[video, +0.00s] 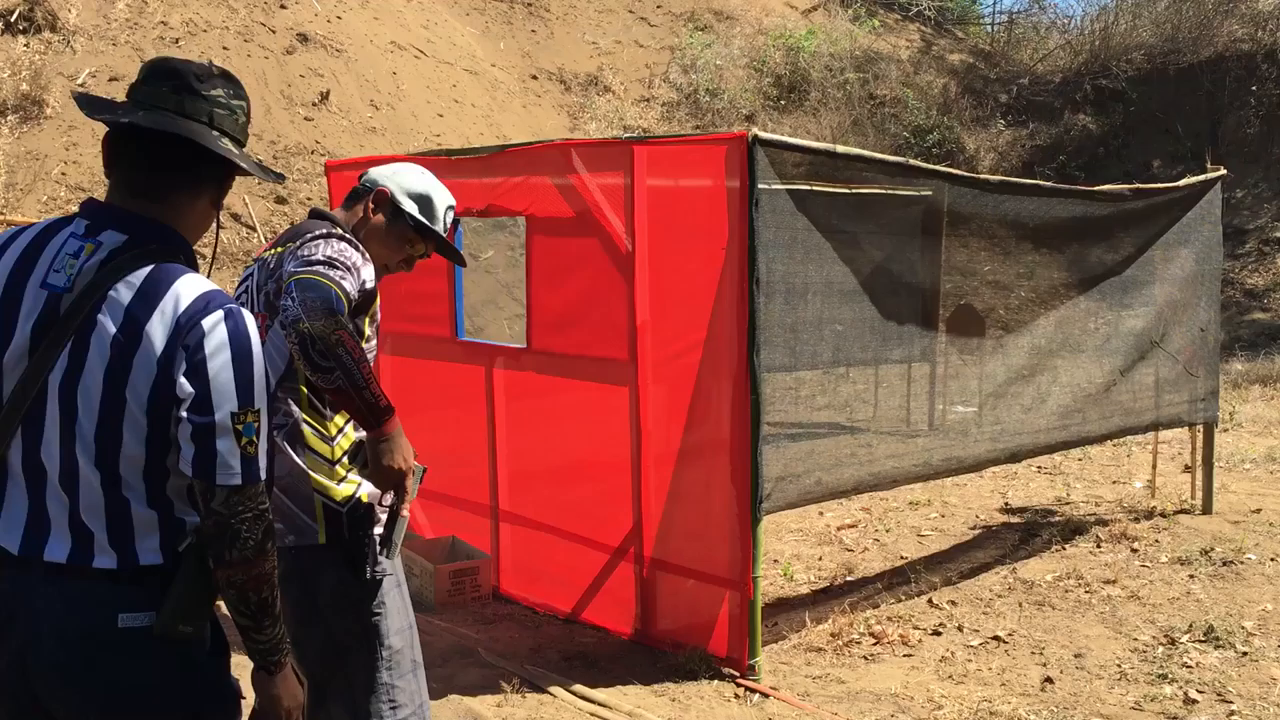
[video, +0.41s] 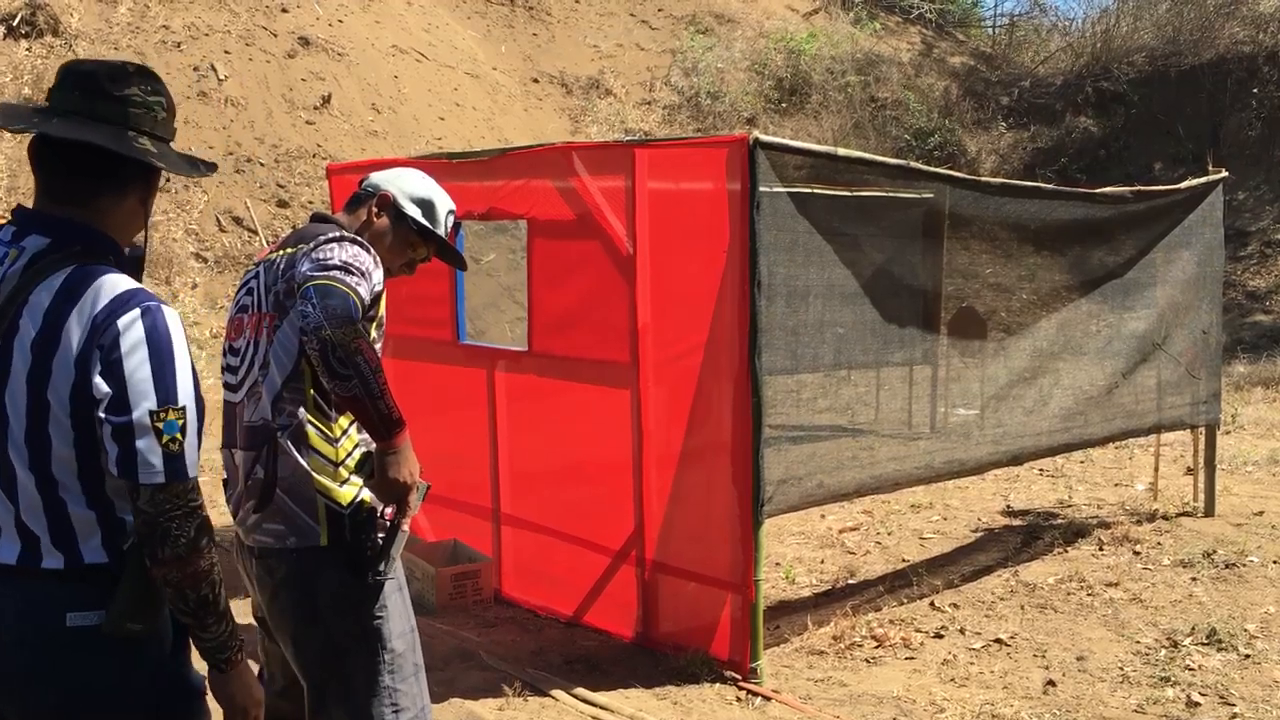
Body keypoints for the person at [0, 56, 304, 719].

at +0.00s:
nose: (223, 208)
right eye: (231, 187)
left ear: (108, 154)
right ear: (219, 189)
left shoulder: (14, 254)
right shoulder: (208, 324)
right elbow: (235, 526)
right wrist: (273, 661)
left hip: (11, 601)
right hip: (141, 630)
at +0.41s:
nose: (156, 197)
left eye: (158, 178)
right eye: (158, 179)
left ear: (35, 161)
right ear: (145, 184)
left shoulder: (5, 263)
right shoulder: (130, 319)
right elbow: (171, 528)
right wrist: (228, 655)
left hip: (5, 607)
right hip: (102, 627)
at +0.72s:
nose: (100, 198)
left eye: (103, 181)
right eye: (101, 181)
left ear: (4, 180)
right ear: (81, 186)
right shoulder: (63, 316)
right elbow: (94, 525)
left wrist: (57, 287)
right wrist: (149, 659)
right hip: (48, 643)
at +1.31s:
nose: (73, 206)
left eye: (75, 185)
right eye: (67, 182)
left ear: (22, 178)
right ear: (24, 176)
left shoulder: (17, 286)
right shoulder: (27, 295)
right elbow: (55, 496)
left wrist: (34, 276)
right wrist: (126, 640)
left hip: (17, 635)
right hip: (37, 644)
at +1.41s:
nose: (87, 206)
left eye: (89, 187)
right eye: (83, 184)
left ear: (34, 178)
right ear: (40, 176)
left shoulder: (19, 287)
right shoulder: (37, 296)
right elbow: (70, 500)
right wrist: (139, 641)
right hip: (39, 642)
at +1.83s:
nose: (167, 212)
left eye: (173, 195)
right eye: (168, 191)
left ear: (50, 162)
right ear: (126, 182)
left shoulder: (7, 255)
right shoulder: (115, 314)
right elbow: (149, 529)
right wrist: (207, 658)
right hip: (84, 638)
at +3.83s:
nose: (138, 164)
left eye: (141, 147)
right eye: (135, 148)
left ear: (14, 149)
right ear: (99, 160)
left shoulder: (11, 258)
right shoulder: (98, 293)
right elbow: (141, 507)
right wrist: (201, 641)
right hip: (76, 618)